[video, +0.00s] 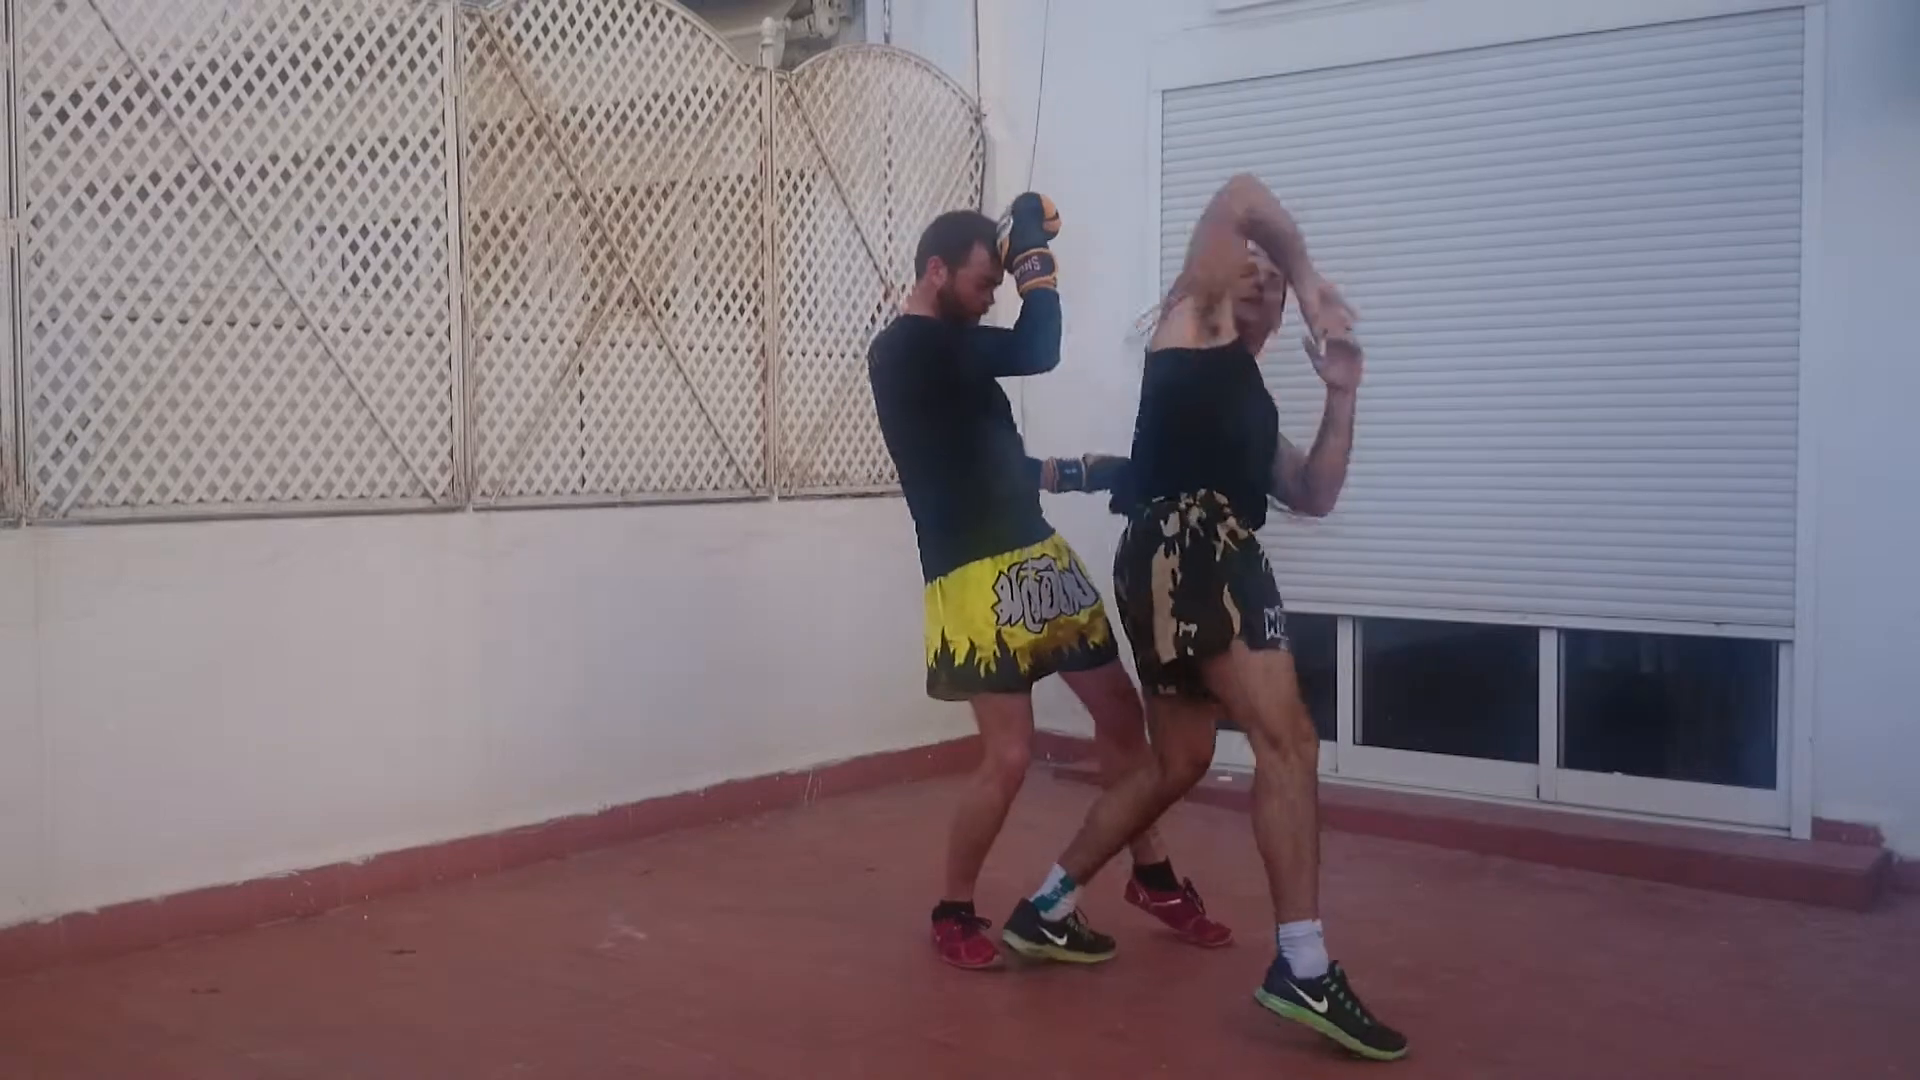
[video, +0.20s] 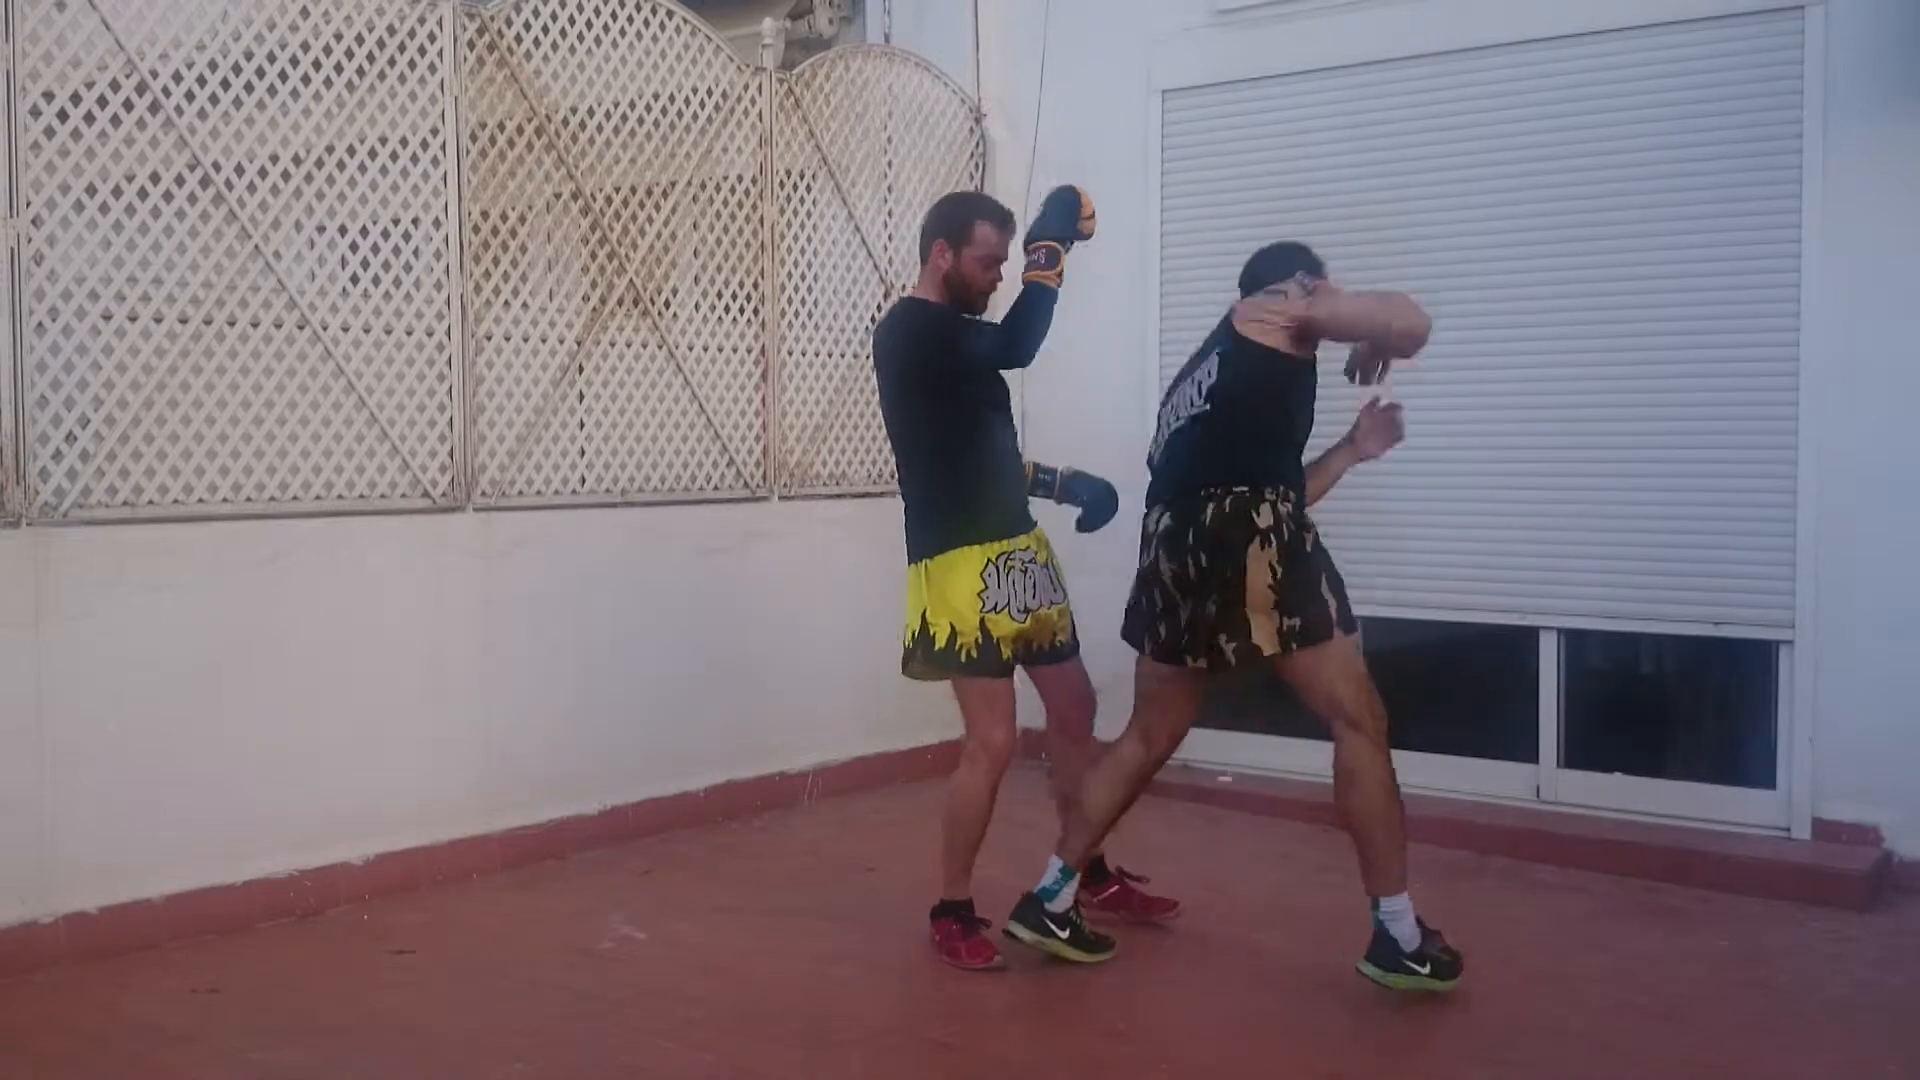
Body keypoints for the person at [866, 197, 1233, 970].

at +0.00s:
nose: (995, 294)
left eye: (996, 280)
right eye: (986, 278)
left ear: (947, 273)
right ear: (940, 268)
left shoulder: (953, 347)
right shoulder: (910, 344)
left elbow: (998, 468)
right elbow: (1036, 350)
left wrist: (1094, 472)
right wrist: (1035, 266)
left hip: (1036, 552)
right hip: (973, 570)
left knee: (1120, 712)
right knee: (1008, 754)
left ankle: (1153, 872)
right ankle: (954, 913)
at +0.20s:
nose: (1001, 279)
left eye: (1004, 266)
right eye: (988, 263)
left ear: (969, 260)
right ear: (942, 253)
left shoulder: (960, 334)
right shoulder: (911, 323)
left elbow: (976, 460)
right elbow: (1015, 343)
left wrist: (1059, 483)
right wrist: (1048, 253)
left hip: (1015, 543)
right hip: (959, 555)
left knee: (1073, 707)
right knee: (992, 736)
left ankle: (1086, 875)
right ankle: (953, 909)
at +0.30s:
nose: (1000, 260)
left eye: (1003, 248)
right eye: (987, 246)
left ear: (984, 250)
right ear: (940, 245)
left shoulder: (969, 327)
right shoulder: (909, 317)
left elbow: (974, 444)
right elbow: (976, 369)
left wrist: (1044, 469)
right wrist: (1051, 288)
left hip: (1003, 535)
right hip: (947, 543)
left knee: (1051, 700)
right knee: (983, 723)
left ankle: (1002, 845)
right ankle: (948, 906)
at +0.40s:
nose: (1005, 249)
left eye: (1007, 236)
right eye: (990, 238)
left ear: (1000, 245)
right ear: (945, 248)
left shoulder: (989, 331)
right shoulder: (920, 321)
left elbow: (982, 445)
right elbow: (929, 425)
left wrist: (1050, 465)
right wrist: (1007, 374)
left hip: (980, 539)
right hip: (929, 541)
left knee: (1009, 710)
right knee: (965, 718)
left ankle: (972, 860)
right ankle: (941, 907)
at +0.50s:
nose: (1009, 258)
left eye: (1011, 246)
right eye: (992, 248)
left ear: (1008, 254)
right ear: (949, 261)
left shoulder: (1004, 345)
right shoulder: (914, 340)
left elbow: (1000, 449)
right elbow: (908, 447)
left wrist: (1072, 457)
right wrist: (983, 422)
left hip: (966, 549)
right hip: (906, 547)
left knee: (1000, 710)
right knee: (942, 712)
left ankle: (965, 864)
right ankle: (907, 901)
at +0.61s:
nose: (994, 269)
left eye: (999, 256)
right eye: (981, 255)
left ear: (996, 259)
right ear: (935, 257)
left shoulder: (987, 348)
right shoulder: (893, 334)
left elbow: (1035, 436)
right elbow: (893, 439)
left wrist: (1091, 398)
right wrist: (952, 396)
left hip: (959, 542)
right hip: (894, 540)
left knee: (991, 705)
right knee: (909, 709)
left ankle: (967, 864)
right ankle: (823, 860)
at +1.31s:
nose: (928, 287)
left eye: (932, 276)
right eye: (920, 274)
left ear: (928, 272)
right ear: (881, 262)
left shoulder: (944, 339)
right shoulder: (824, 334)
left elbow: (1015, 412)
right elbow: (801, 417)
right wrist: (844, 346)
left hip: (943, 545)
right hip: (853, 549)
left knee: (1021, 696)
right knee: (810, 722)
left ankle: (1058, 862)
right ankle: (767, 868)